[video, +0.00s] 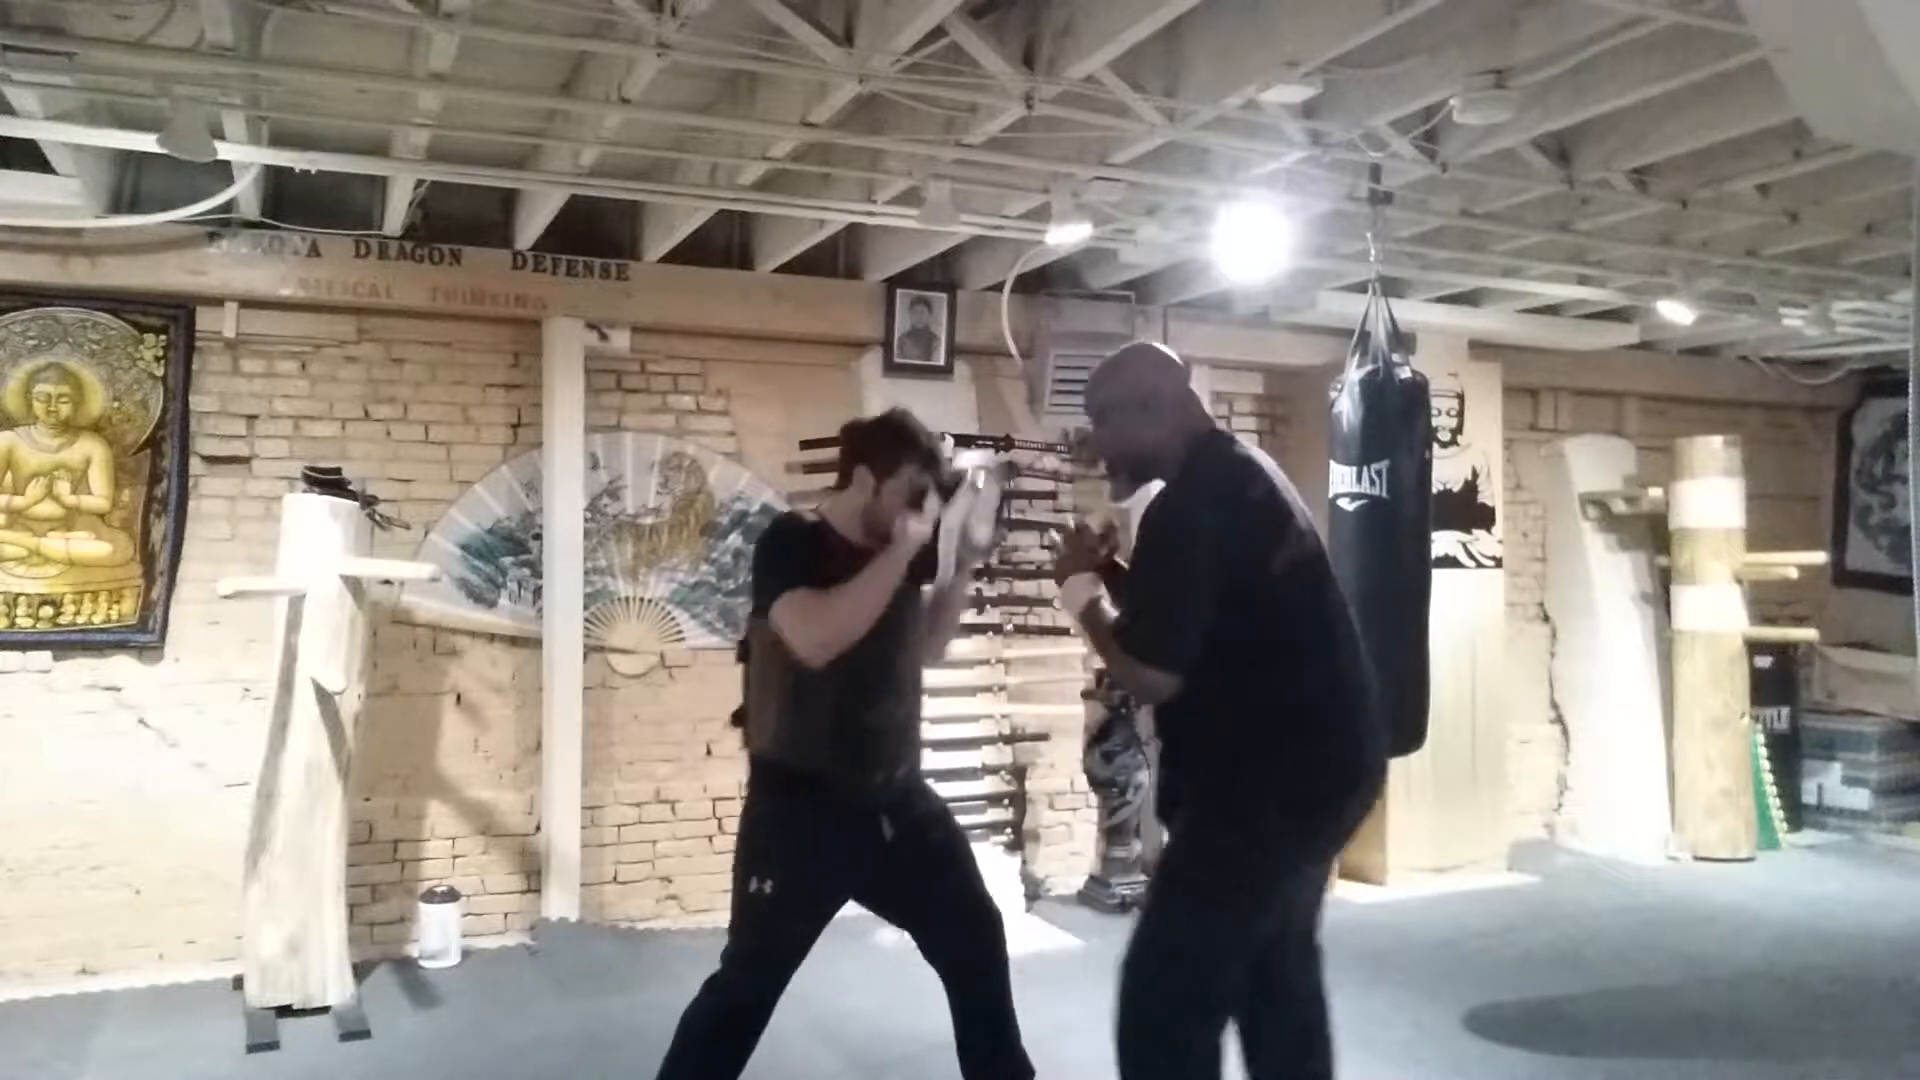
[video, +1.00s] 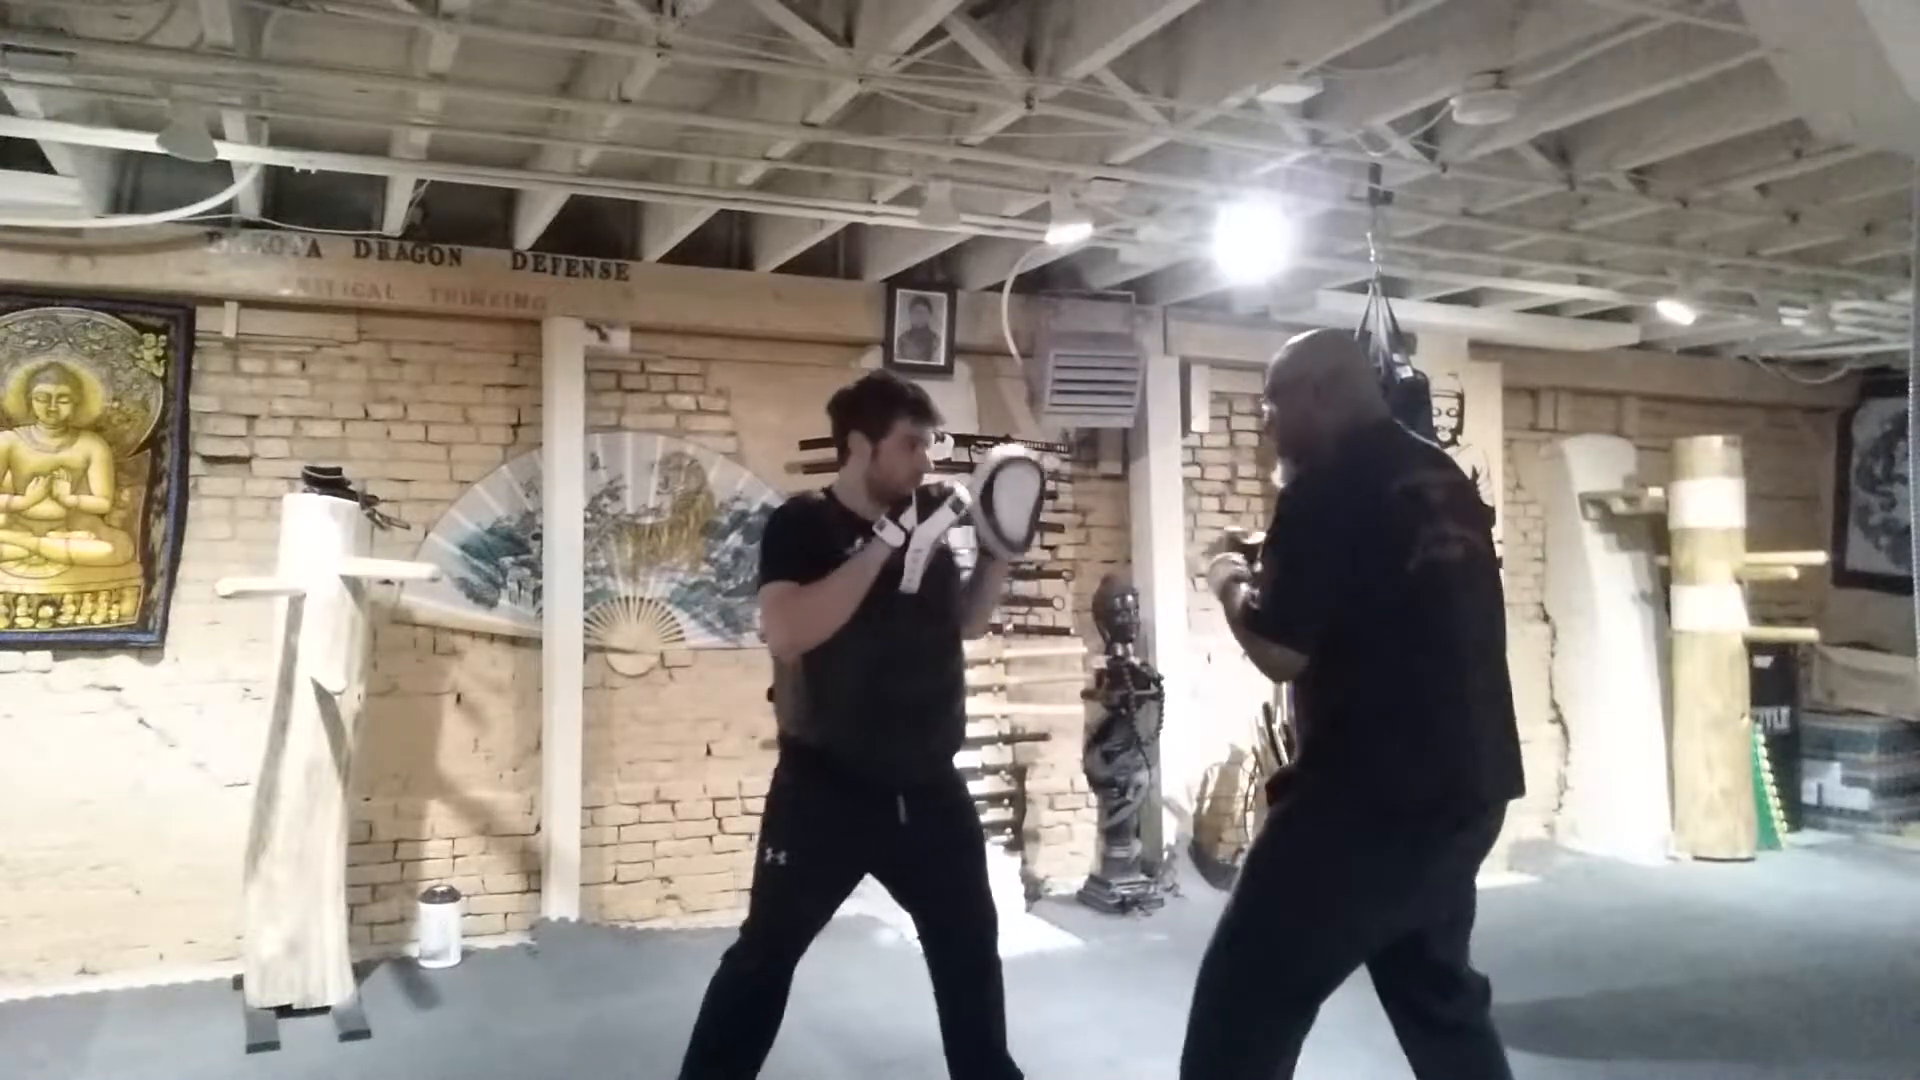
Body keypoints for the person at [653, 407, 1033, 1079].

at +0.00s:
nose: (918, 518)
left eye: (926, 506)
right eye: (911, 499)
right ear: (861, 477)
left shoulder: (897, 558)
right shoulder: (788, 542)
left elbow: (925, 646)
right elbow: (813, 640)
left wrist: (960, 568)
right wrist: (901, 553)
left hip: (895, 804)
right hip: (799, 811)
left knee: (975, 950)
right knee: (746, 988)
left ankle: (1003, 1077)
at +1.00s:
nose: (925, 459)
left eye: (926, 444)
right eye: (912, 444)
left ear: (905, 450)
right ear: (860, 444)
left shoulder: (927, 531)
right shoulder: (799, 524)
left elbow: (965, 622)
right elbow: (784, 632)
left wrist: (999, 549)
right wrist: (883, 546)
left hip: (928, 789)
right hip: (824, 788)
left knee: (970, 962)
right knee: (763, 960)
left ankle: (988, 1077)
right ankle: (707, 1079)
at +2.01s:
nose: (946, 475)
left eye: (954, 460)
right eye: (933, 457)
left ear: (961, 465)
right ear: (883, 453)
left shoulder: (954, 544)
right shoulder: (833, 530)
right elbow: (816, 626)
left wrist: (1014, 557)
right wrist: (913, 522)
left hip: (949, 793)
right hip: (848, 797)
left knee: (1025, 937)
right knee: (792, 972)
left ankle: (1036, 1077)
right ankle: (730, 1079)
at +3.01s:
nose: (908, 472)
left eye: (909, 458)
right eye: (890, 458)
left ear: (910, 461)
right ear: (838, 465)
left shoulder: (922, 539)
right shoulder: (785, 551)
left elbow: (947, 653)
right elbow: (732, 673)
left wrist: (982, 566)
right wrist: (791, 572)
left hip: (942, 798)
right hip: (835, 807)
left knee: (1021, 937)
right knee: (783, 979)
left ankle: (1042, 1078)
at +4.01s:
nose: (937, 461)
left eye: (948, 448)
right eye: (929, 443)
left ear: (949, 455)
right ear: (883, 437)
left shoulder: (945, 524)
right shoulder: (823, 511)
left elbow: (985, 615)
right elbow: (812, 612)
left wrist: (1007, 525)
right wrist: (904, 509)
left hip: (939, 777)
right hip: (837, 778)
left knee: (1000, 939)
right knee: (777, 960)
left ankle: (1029, 1074)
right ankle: (722, 1079)